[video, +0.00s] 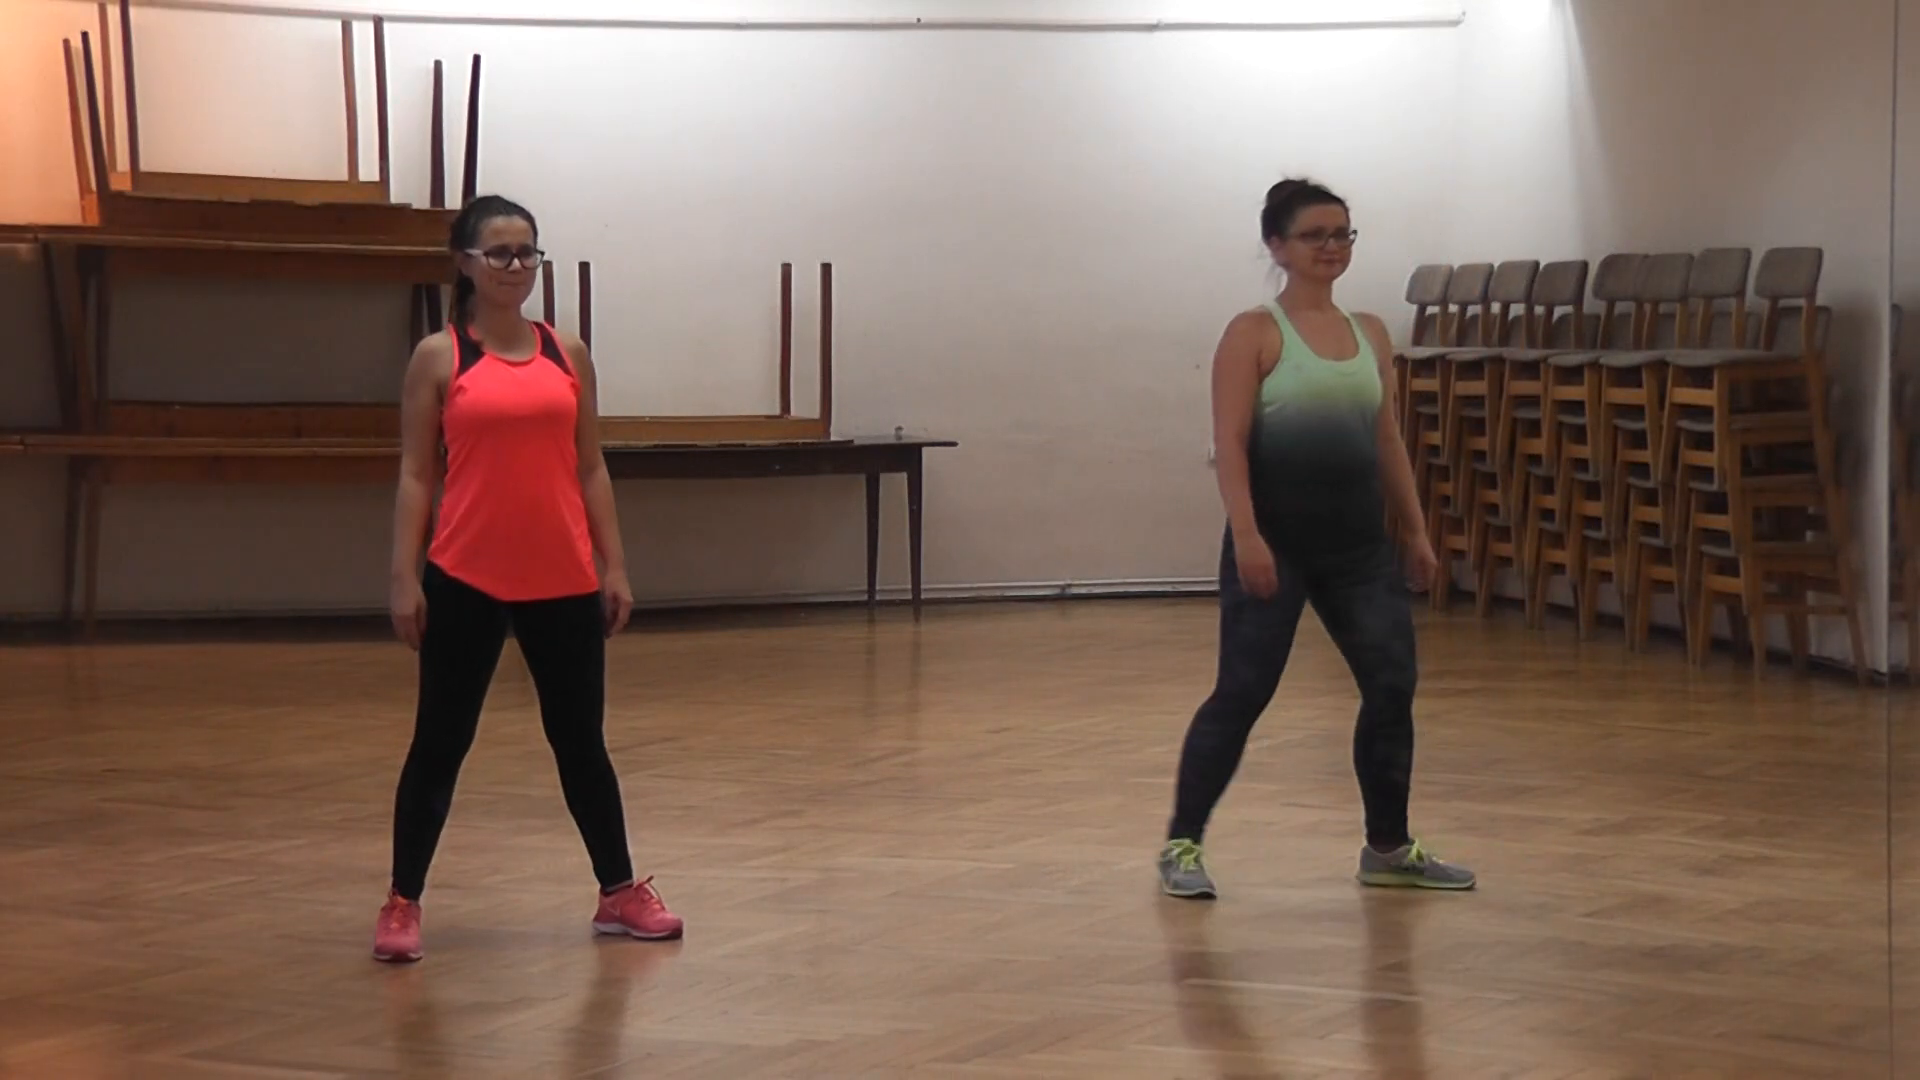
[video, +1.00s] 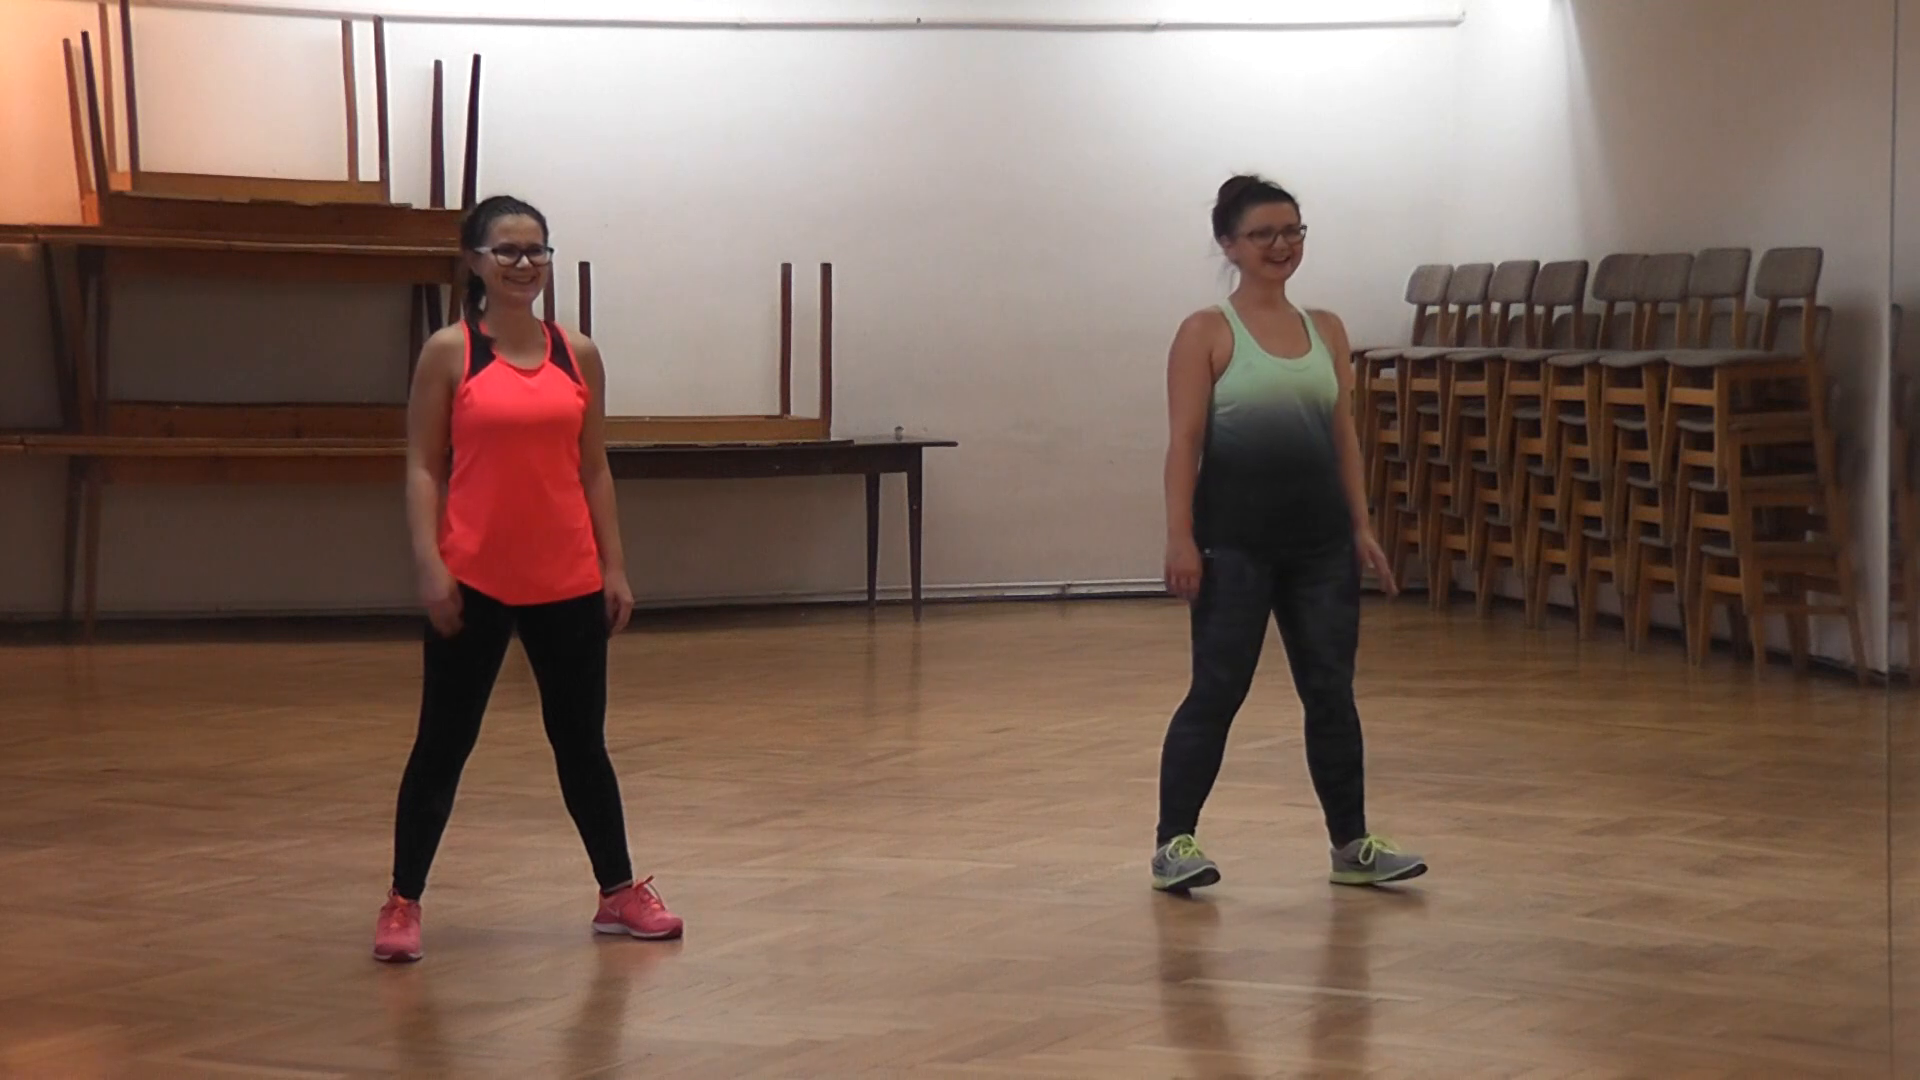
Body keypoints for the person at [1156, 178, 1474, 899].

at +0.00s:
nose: (1334, 247)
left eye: (1342, 235)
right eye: (1316, 236)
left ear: (1351, 241)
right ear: (1278, 246)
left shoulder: (1370, 333)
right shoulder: (1252, 334)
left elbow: (1389, 442)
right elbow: (1229, 445)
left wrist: (1415, 532)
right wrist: (1246, 537)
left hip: (1358, 548)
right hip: (1270, 548)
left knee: (1391, 683)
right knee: (1242, 693)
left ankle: (1388, 848)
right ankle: (1183, 843)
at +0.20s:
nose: (1313, 249)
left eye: (1322, 237)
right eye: (1296, 239)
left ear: (1334, 244)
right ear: (1259, 250)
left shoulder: (1352, 340)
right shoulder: (1233, 335)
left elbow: (1369, 446)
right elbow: (1207, 447)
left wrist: (1396, 531)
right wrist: (1208, 541)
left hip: (1331, 552)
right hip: (1244, 551)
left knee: (1356, 698)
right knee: (1209, 697)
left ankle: (1378, 845)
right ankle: (1149, 848)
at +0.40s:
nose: (1299, 247)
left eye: (1308, 235)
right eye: (1281, 237)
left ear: (1319, 242)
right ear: (1245, 247)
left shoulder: (1338, 336)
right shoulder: (1217, 332)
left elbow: (1350, 444)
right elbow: (1187, 442)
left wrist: (1364, 535)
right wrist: (1191, 532)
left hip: (1316, 549)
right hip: (1228, 549)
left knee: (1335, 698)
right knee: (1202, 696)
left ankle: (1373, 844)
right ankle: (1174, 847)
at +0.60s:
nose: (1288, 251)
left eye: (1298, 239)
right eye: (1270, 240)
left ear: (1308, 244)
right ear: (1234, 247)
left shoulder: (1325, 336)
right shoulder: (1203, 336)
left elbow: (1342, 445)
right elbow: (1186, 445)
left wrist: (1362, 535)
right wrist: (1190, 537)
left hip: (1309, 547)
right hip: (1224, 550)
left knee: (1334, 696)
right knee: (1211, 697)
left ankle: (1374, 844)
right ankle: (1174, 845)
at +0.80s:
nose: (1278, 246)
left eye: (1288, 234)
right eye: (1261, 235)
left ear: (1300, 240)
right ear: (1225, 243)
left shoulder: (1320, 332)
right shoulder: (1198, 333)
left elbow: (1341, 444)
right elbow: (1176, 444)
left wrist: (1364, 533)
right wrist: (1188, 534)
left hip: (1308, 544)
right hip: (1224, 547)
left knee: (1335, 694)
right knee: (1212, 696)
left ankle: (1354, 847)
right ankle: (1173, 845)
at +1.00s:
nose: (1282, 245)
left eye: (1291, 232)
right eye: (1264, 235)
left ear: (1302, 238)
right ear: (1229, 244)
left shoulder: (1326, 330)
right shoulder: (1206, 332)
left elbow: (1344, 441)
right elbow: (1184, 442)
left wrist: (1361, 527)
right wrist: (1180, 537)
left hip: (1321, 543)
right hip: (1234, 546)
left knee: (1332, 695)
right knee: (1216, 695)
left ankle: (1351, 845)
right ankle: (1174, 842)